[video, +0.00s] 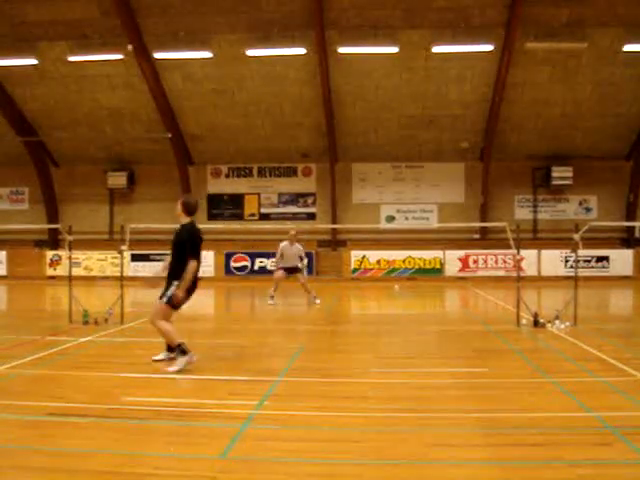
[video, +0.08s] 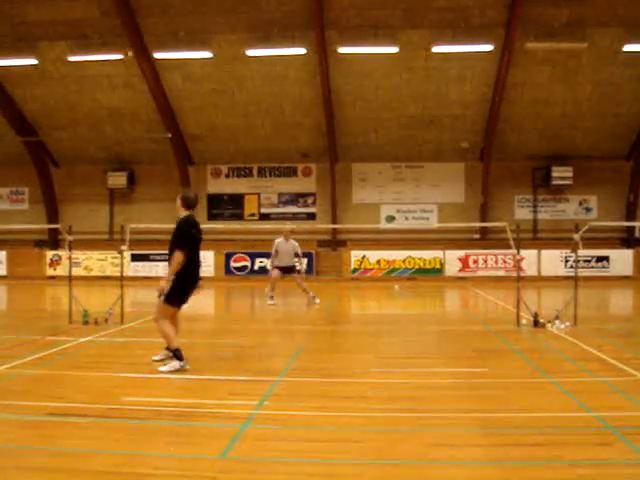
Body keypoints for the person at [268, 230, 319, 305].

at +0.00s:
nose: (292, 238)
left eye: (294, 236)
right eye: (291, 236)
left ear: (296, 237)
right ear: (288, 236)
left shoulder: (299, 247)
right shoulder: (283, 246)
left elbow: (303, 258)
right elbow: (278, 256)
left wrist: (303, 263)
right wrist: (275, 262)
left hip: (295, 266)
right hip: (284, 266)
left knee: (303, 282)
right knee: (277, 277)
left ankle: (313, 296)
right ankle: (272, 296)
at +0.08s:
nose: (286, 235)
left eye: (288, 233)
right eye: (285, 233)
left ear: (290, 234)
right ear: (282, 233)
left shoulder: (294, 244)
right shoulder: (277, 243)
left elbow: (299, 256)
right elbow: (273, 254)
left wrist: (300, 267)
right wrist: (271, 264)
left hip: (291, 265)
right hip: (279, 266)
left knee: (299, 281)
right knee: (274, 276)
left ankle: (311, 296)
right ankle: (270, 296)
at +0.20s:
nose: (278, 227)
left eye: (280, 225)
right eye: (277, 225)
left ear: (283, 227)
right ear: (275, 226)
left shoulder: (285, 237)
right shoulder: (269, 236)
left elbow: (292, 250)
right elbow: (266, 247)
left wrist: (293, 262)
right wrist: (265, 257)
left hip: (283, 260)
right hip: (273, 260)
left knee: (290, 279)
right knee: (270, 278)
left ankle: (304, 292)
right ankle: (270, 297)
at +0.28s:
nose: (275, 224)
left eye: (277, 223)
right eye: (274, 222)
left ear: (279, 224)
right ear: (272, 223)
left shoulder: (281, 234)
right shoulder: (267, 233)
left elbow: (286, 246)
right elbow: (262, 245)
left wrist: (287, 257)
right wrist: (261, 257)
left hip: (280, 257)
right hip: (270, 258)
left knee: (282, 276)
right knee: (270, 278)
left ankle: (297, 289)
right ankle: (270, 297)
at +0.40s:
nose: (269, 221)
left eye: (270, 219)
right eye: (267, 219)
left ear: (273, 220)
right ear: (265, 220)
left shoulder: (275, 231)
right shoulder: (261, 230)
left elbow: (280, 243)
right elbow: (258, 243)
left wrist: (275, 252)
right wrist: (254, 255)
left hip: (275, 253)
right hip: (266, 253)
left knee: (268, 273)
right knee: (268, 273)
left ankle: (278, 291)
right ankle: (271, 293)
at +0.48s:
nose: (267, 221)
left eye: (269, 219)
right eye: (266, 218)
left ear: (271, 220)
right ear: (264, 220)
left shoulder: (274, 231)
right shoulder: (260, 230)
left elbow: (279, 244)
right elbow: (257, 244)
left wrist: (274, 254)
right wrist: (253, 256)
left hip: (273, 255)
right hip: (264, 255)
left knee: (267, 274)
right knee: (266, 275)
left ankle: (273, 294)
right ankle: (269, 294)